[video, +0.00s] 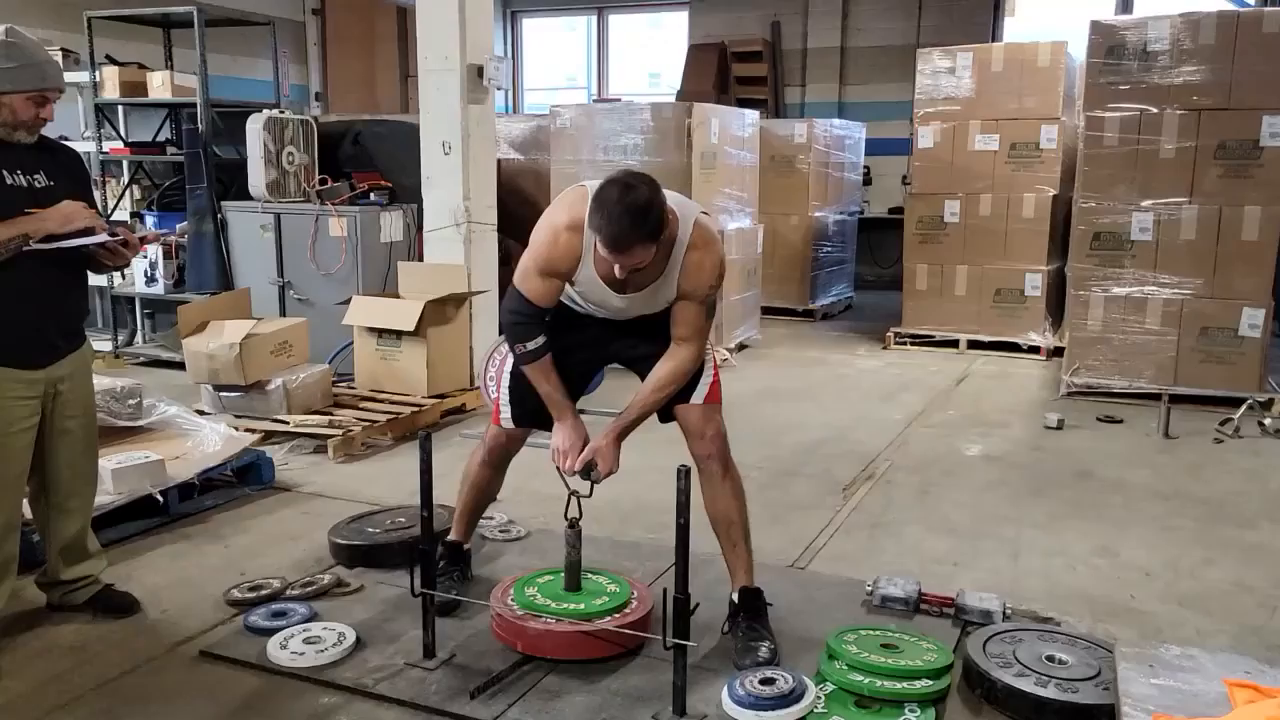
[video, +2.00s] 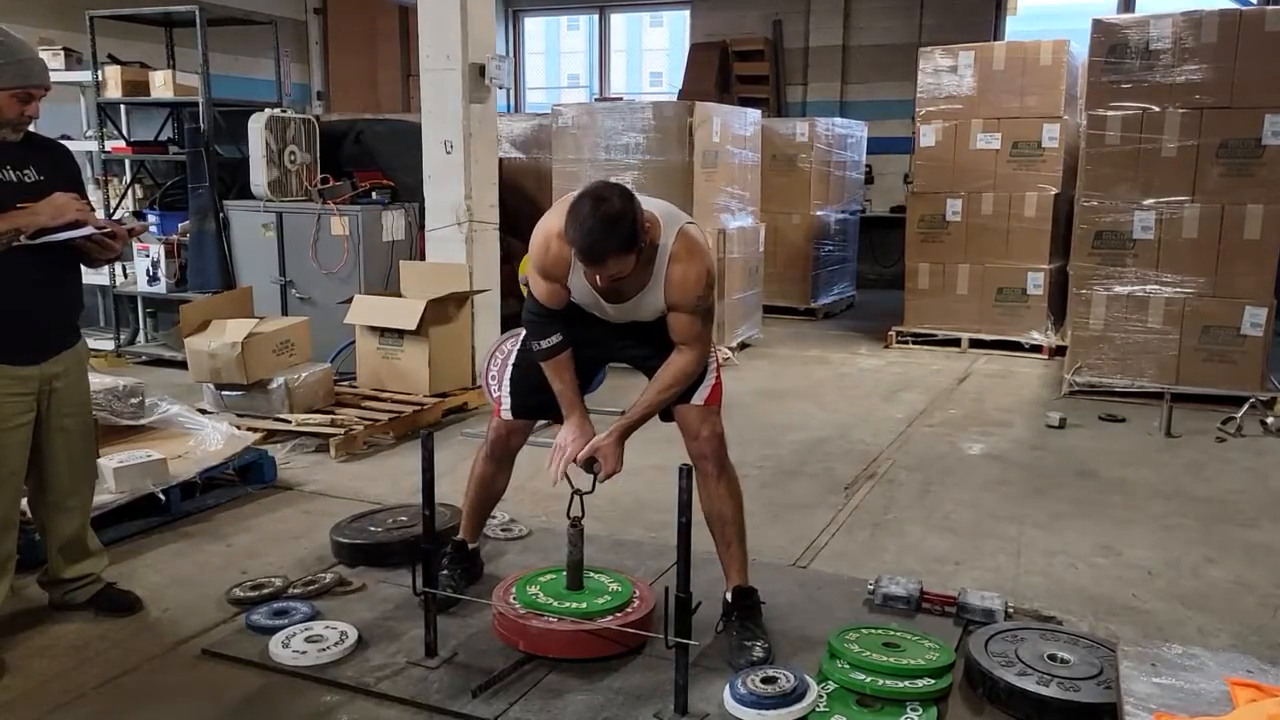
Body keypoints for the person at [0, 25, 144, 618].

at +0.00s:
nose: (49, 112)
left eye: (53, 100)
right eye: (38, 100)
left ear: (53, 97)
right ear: (3, 94)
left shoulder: (65, 161)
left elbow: (88, 251)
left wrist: (115, 255)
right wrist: (40, 221)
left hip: (68, 351)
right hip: (7, 360)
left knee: (72, 476)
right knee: (6, 493)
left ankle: (73, 583)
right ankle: (2, 599)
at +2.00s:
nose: (33, 109)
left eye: (39, 97)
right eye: (22, 97)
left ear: (44, 92)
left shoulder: (55, 157)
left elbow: (84, 242)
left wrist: (106, 248)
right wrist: (33, 216)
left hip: (62, 345)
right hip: (4, 354)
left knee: (70, 472)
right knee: (5, 489)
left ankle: (75, 579)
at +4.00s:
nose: (39, 107)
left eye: (45, 96)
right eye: (28, 96)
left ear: (48, 92)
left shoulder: (60, 156)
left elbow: (84, 246)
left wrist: (110, 249)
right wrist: (38, 216)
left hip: (65, 346)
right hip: (7, 355)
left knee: (70, 474)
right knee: (7, 489)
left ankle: (74, 581)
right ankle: (0, 597)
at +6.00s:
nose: (52, 110)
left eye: (58, 99)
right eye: (43, 98)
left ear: (58, 96)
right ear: (5, 90)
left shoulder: (67, 161)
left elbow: (78, 253)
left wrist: (117, 249)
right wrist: (49, 228)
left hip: (64, 350)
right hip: (5, 359)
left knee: (68, 475)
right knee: (7, 490)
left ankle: (73, 580)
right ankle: (1, 597)